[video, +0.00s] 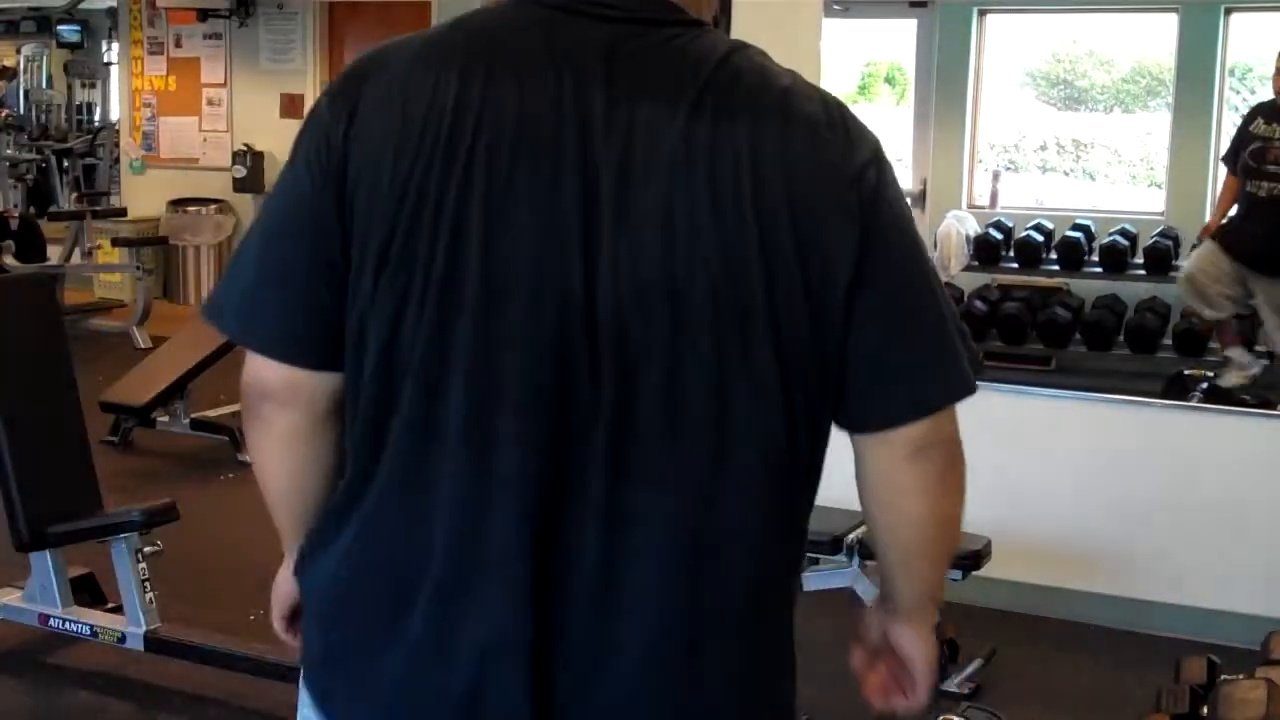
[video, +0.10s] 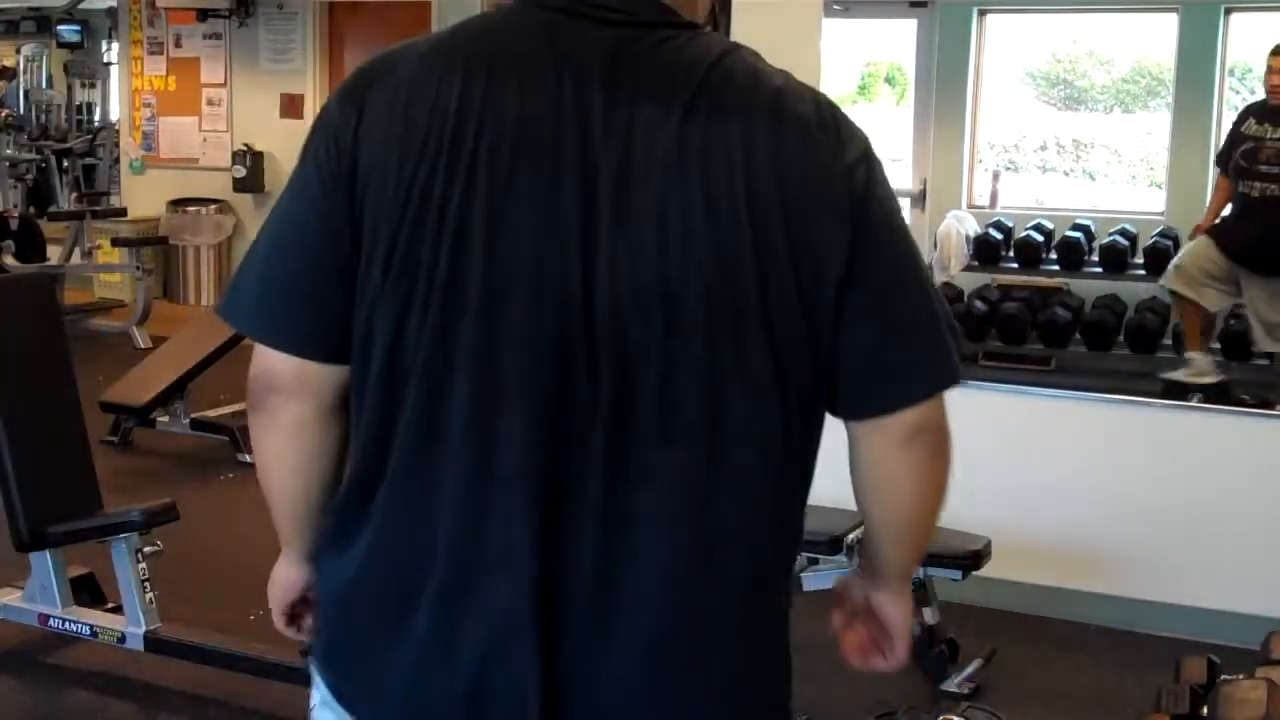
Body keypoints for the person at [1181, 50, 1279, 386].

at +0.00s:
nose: (1276, 79)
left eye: (1279, 73)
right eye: (1276, 73)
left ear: (1279, 79)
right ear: (1273, 77)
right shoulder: (1260, 114)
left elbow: (1235, 175)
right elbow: (1235, 174)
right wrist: (1216, 219)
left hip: (1277, 238)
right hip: (1247, 229)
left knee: (1274, 331)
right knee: (1198, 274)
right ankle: (1238, 359)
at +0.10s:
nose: (1272, 80)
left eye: (1277, 73)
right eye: (1269, 71)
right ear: (1264, 75)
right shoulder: (1253, 115)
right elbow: (1229, 173)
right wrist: (1209, 219)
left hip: (1273, 236)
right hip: (1242, 229)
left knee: (1274, 331)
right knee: (1187, 268)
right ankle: (1198, 361)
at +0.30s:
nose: (1250, 80)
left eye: (1260, 72)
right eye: (1246, 72)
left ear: (1279, 78)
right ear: (1241, 76)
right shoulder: (1228, 121)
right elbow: (1206, 186)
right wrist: (1191, 240)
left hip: (1269, 255)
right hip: (1216, 248)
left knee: (1274, 344)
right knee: (1171, 317)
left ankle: (1277, 408)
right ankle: (1148, 392)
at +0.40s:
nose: (1232, 77)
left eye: (1244, 71)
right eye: (1230, 69)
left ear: (1265, 80)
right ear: (1225, 74)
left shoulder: (1276, 123)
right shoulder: (1207, 123)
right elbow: (1190, 188)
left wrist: (1278, 244)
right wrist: (1184, 242)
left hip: (1259, 260)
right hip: (1202, 255)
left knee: (1273, 360)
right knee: (1173, 352)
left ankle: (1278, 432)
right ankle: (1161, 430)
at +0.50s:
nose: (1213, 74)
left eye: (1225, 68)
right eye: (1210, 66)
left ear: (1244, 78)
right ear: (1204, 72)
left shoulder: (1265, 128)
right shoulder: (1187, 121)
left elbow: (1277, 195)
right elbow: (1172, 188)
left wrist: (1276, 244)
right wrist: (1168, 240)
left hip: (1239, 259)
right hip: (1184, 255)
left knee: (1265, 356)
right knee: (1174, 352)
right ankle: (1157, 428)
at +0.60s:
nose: (1195, 71)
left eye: (1206, 65)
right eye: (1192, 63)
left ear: (1227, 75)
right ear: (1186, 68)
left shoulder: (1249, 125)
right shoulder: (1170, 117)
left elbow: (1269, 187)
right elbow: (1149, 178)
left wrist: (1272, 243)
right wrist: (1137, 226)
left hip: (1222, 250)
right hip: (1167, 246)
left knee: (1233, 336)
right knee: (1163, 341)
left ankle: (1258, 373)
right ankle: (1159, 417)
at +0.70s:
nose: (1182, 69)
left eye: (1194, 63)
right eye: (1179, 61)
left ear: (1215, 73)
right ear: (1174, 67)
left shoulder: (1236, 122)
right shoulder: (1156, 115)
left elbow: (1260, 186)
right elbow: (1131, 175)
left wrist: (1264, 244)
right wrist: (1110, 224)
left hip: (1211, 248)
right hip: (1155, 247)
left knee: (1212, 316)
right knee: (1159, 346)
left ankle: (1225, 376)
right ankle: (1160, 423)